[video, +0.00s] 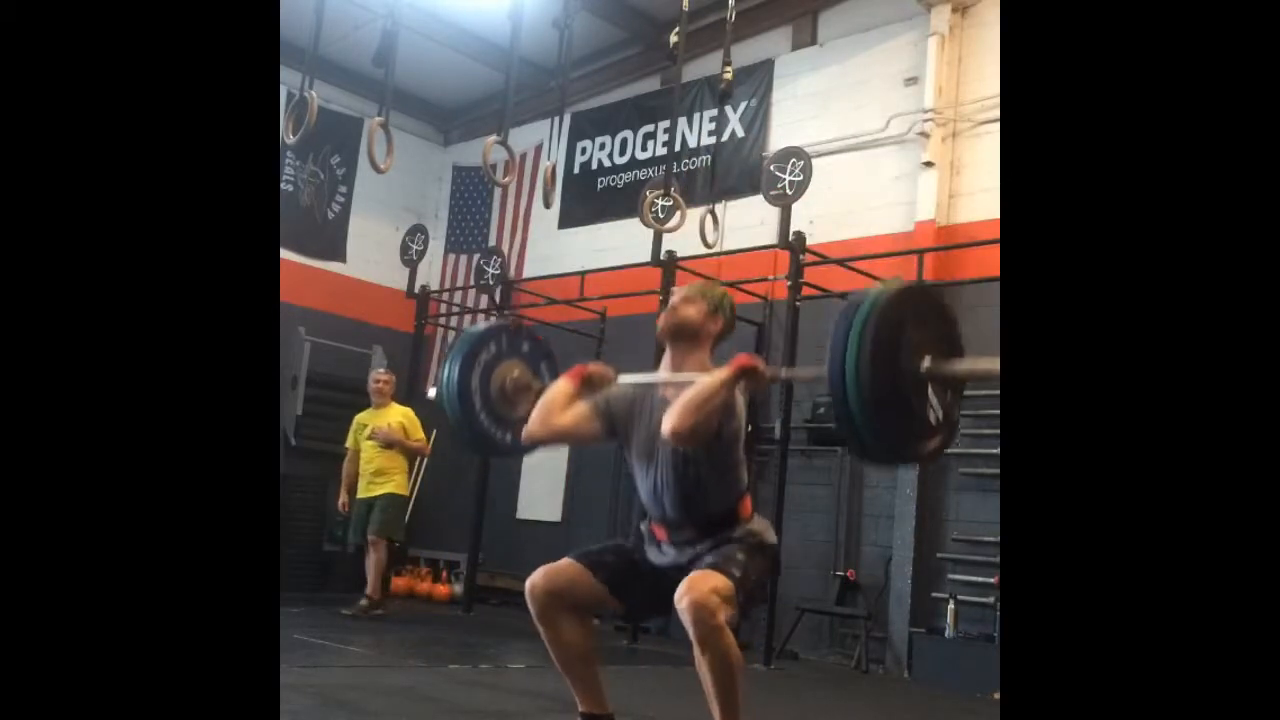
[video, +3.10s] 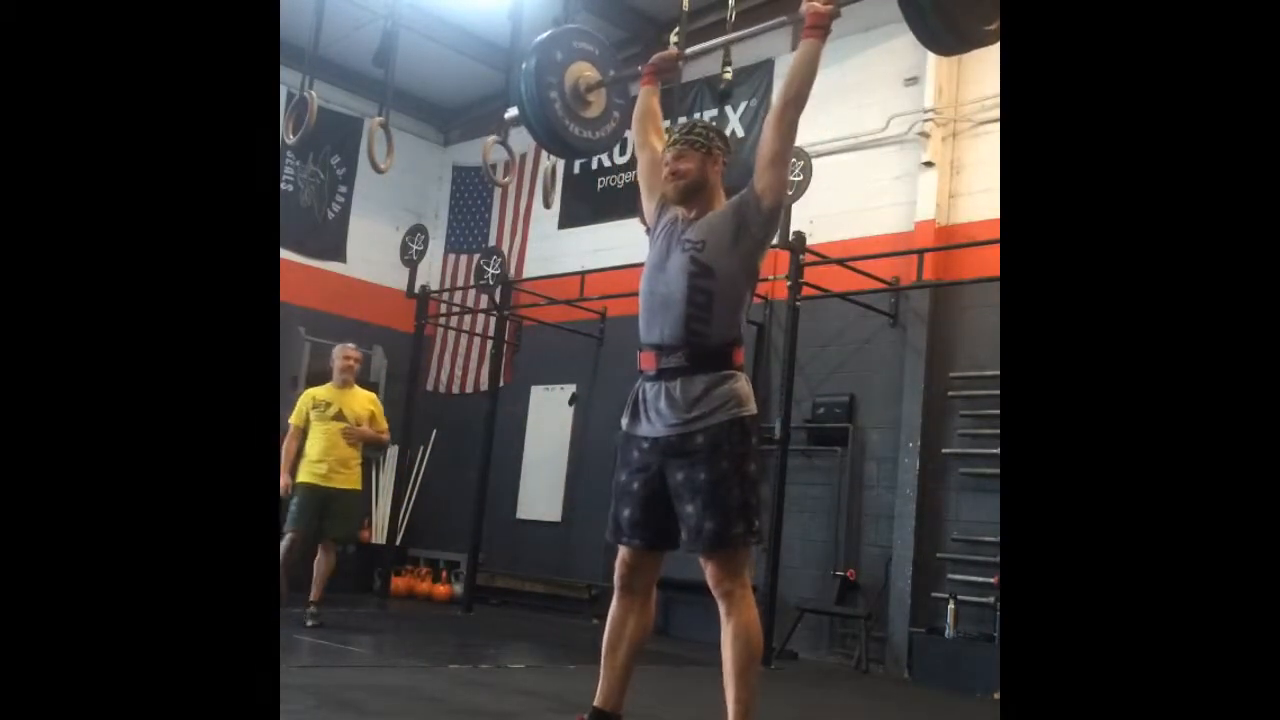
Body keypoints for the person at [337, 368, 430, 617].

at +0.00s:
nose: (381, 386)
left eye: (386, 382)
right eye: (376, 382)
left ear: (393, 387)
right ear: (368, 386)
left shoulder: (405, 414)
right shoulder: (360, 419)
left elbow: (424, 448)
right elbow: (351, 457)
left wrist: (395, 439)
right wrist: (344, 491)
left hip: (393, 486)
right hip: (366, 488)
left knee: (375, 538)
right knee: (369, 543)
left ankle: (370, 596)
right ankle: (375, 596)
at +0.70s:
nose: (377, 381)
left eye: (382, 378)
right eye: (373, 376)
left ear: (389, 382)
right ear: (364, 379)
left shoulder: (392, 413)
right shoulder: (353, 409)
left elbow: (402, 451)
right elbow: (339, 446)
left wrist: (374, 438)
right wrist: (326, 480)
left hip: (366, 484)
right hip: (339, 482)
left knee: (350, 541)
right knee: (324, 539)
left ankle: (342, 598)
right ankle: (357, 577)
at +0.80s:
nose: (376, 381)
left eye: (382, 377)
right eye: (372, 375)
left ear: (388, 382)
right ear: (362, 378)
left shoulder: (391, 412)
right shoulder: (351, 409)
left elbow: (403, 451)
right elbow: (337, 446)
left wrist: (373, 438)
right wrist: (324, 479)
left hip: (365, 486)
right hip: (336, 483)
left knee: (354, 542)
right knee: (316, 536)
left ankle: (342, 599)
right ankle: (336, 585)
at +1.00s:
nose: (370, 379)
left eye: (376, 376)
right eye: (366, 374)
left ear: (383, 382)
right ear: (357, 378)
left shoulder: (389, 412)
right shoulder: (343, 408)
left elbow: (402, 451)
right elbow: (328, 445)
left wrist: (370, 439)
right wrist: (317, 479)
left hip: (363, 488)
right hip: (332, 484)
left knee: (355, 544)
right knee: (311, 539)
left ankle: (343, 600)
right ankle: (293, 595)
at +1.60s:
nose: (325, 372)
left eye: (330, 368)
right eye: (320, 367)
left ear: (337, 373)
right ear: (311, 371)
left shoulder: (351, 403)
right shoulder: (297, 405)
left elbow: (371, 438)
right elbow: (286, 443)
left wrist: (347, 435)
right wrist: (282, 476)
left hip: (336, 488)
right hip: (299, 485)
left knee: (335, 546)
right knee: (288, 540)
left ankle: (337, 597)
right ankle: (282, 593)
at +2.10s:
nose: (307, 370)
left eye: (311, 366)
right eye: (302, 365)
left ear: (316, 370)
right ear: (289, 368)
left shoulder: (330, 398)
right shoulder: (282, 399)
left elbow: (353, 432)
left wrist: (327, 429)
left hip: (318, 478)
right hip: (285, 479)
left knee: (321, 531)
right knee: (284, 540)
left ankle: (317, 588)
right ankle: (280, 592)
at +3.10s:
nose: (350, 364)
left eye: (355, 360)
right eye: (345, 358)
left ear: (360, 366)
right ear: (333, 362)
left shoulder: (370, 401)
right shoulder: (311, 396)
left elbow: (385, 438)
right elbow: (294, 436)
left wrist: (366, 434)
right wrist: (285, 471)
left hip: (346, 486)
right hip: (310, 480)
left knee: (328, 545)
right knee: (292, 539)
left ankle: (313, 605)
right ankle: (281, 594)